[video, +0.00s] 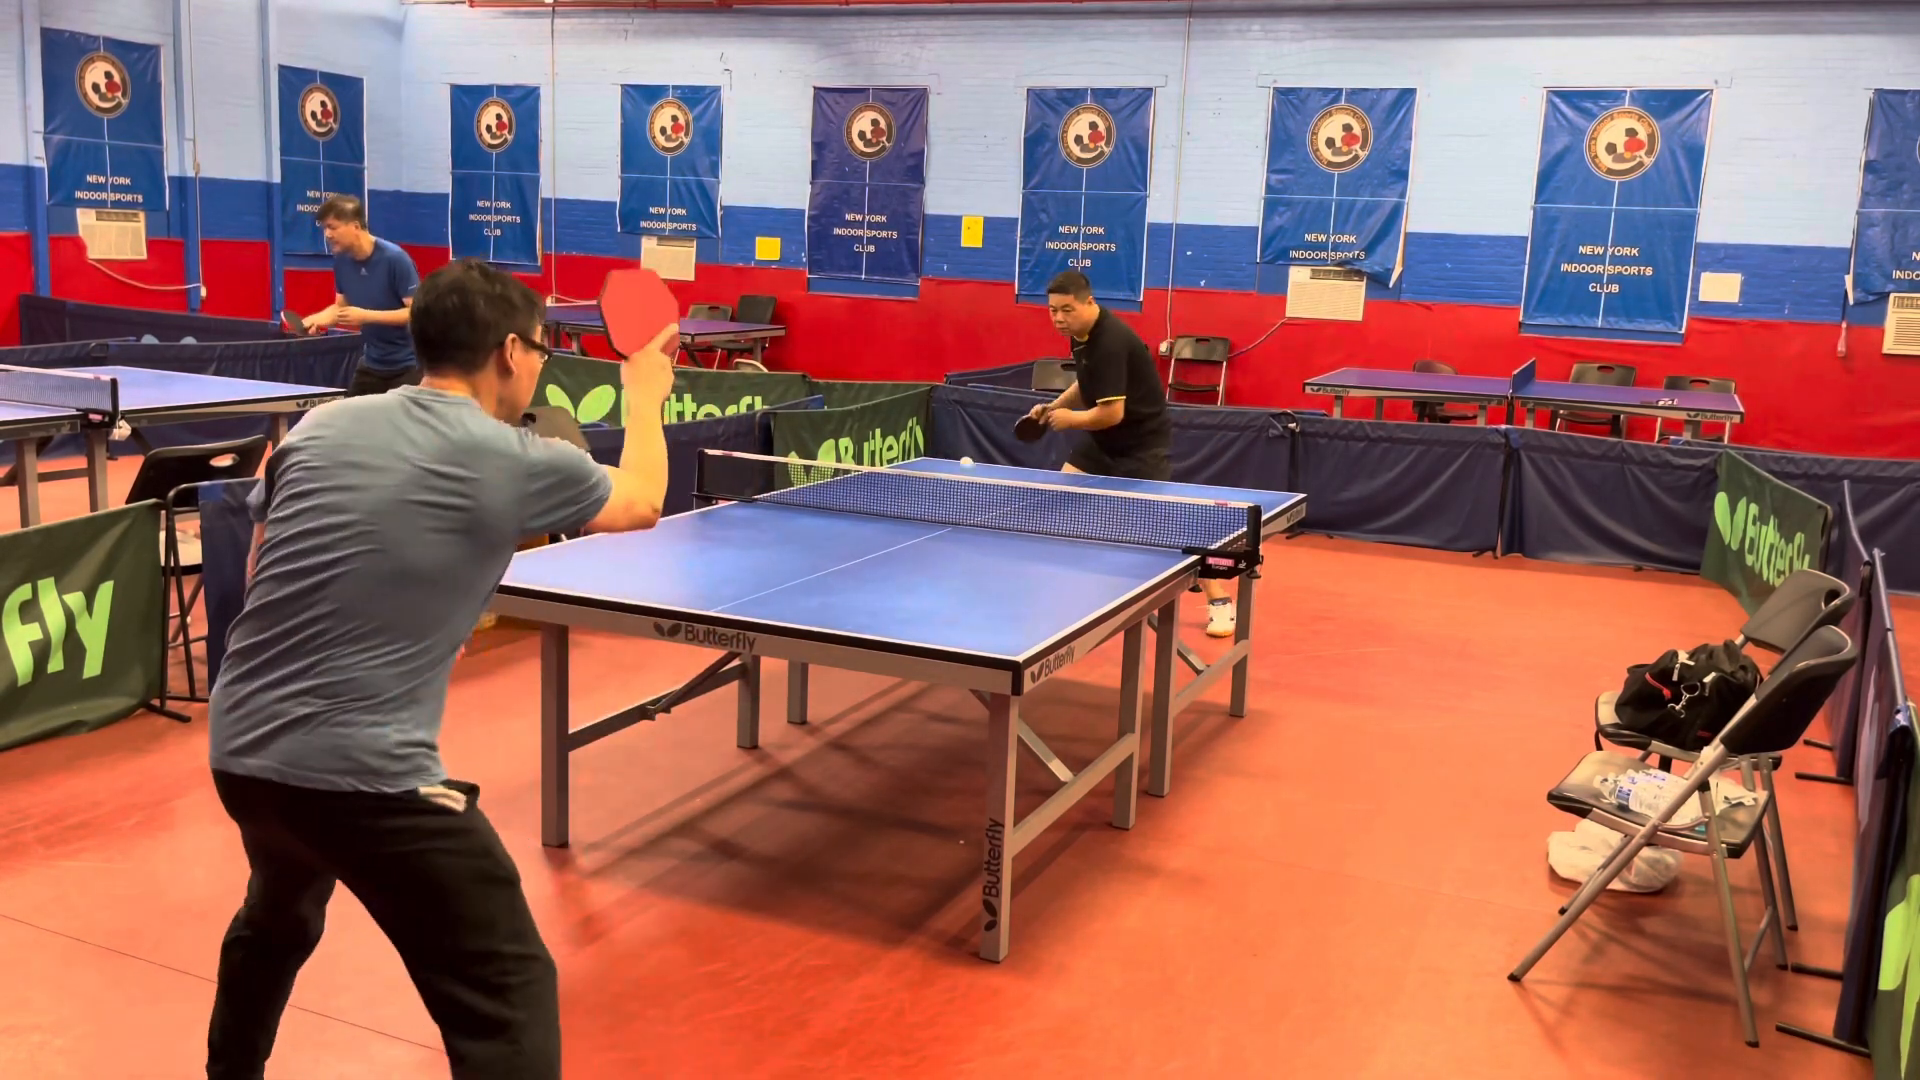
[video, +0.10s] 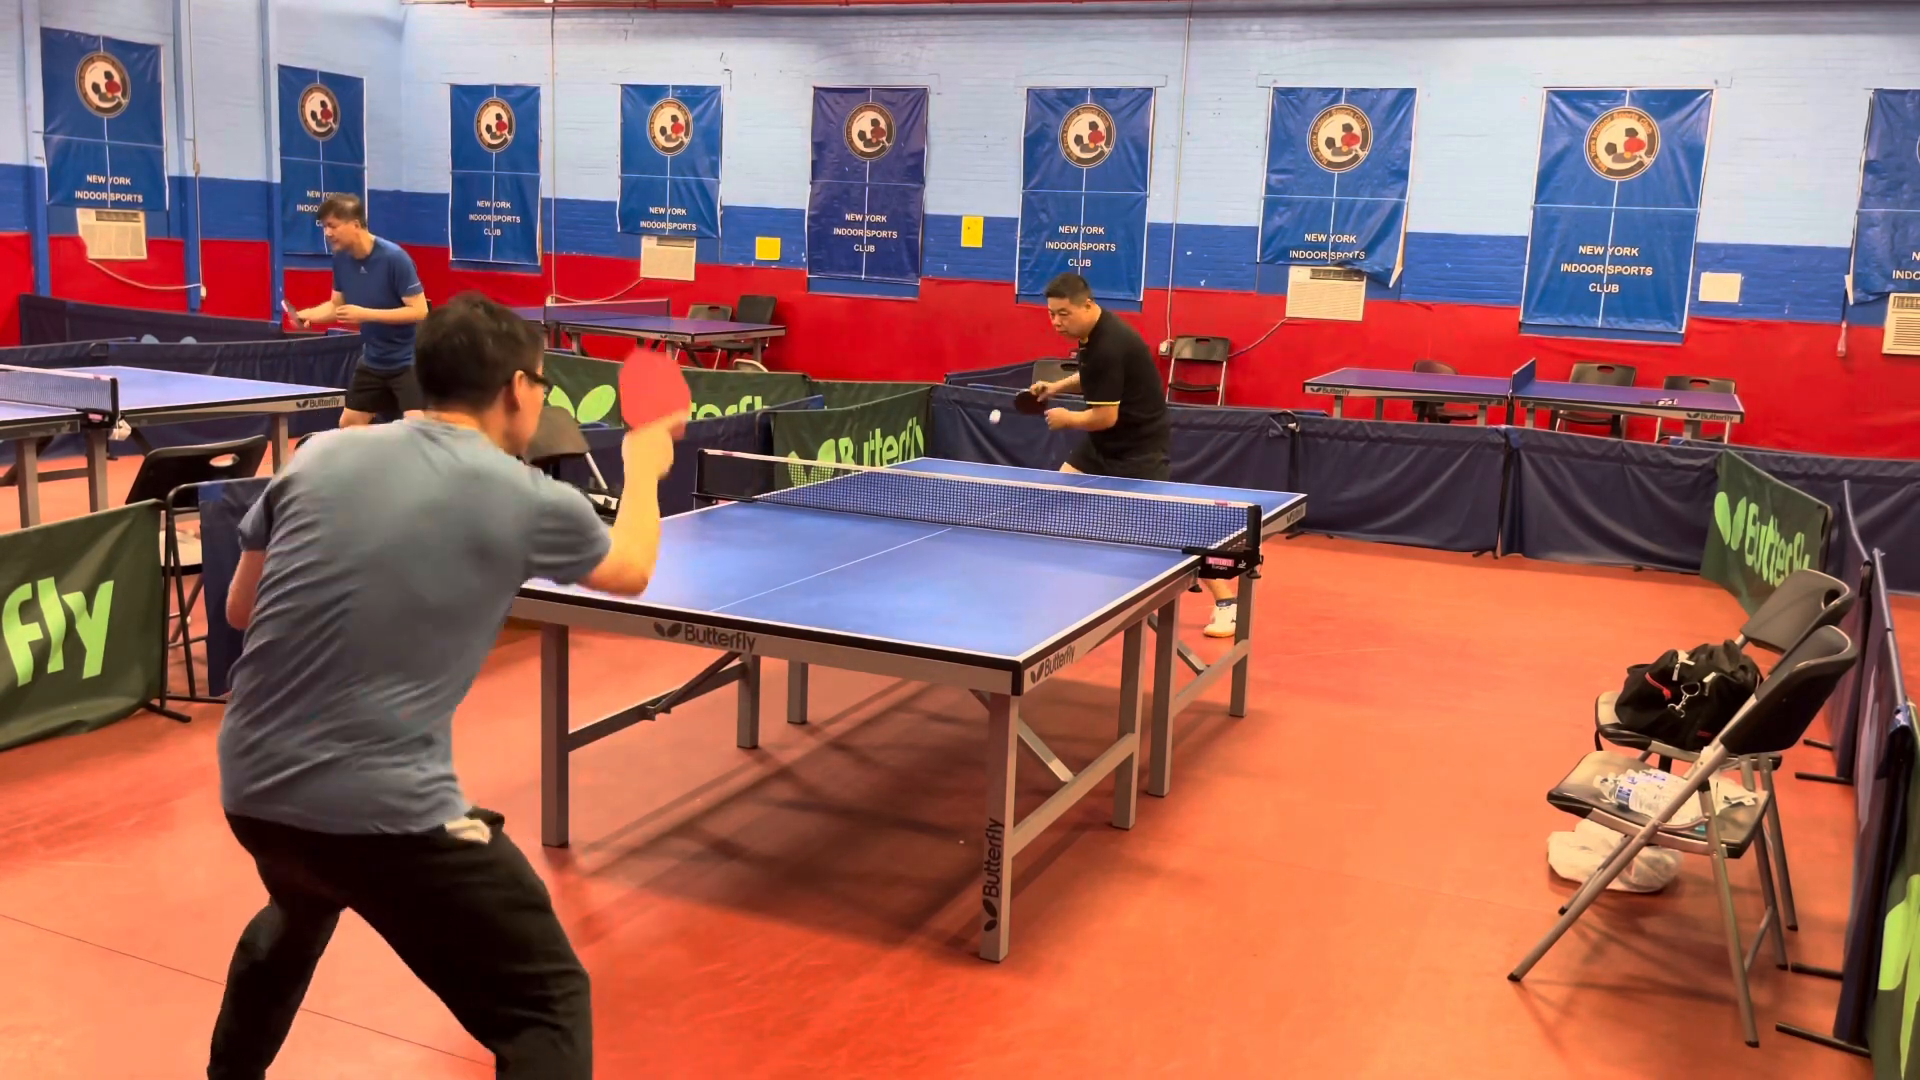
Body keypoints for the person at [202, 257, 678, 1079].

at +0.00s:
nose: (539, 372)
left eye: (540, 352)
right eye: (537, 352)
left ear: (424, 346)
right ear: (505, 354)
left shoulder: (317, 424)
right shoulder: (505, 457)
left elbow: (265, 559)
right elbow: (638, 499)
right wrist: (647, 392)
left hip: (243, 756)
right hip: (371, 773)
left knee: (275, 916)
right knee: (507, 989)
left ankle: (228, 1073)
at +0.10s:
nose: (540, 404)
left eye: (539, 385)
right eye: (538, 385)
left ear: (428, 383)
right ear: (513, 390)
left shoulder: (318, 454)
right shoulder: (515, 493)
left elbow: (241, 607)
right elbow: (631, 569)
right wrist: (644, 469)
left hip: (253, 796)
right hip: (389, 813)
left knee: (300, 904)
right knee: (547, 1003)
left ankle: (229, 1070)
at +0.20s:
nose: (567, 426)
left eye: (568, 407)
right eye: (566, 407)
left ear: (458, 403)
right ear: (544, 412)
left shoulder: (341, 472)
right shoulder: (543, 528)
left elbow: (253, 617)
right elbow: (603, 676)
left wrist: (366, 617)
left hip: (257, 800)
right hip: (388, 819)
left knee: (317, 916)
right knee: (559, 1006)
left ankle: (230, 1073)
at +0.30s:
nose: (610, 420)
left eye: (611, 401)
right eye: (610, 402)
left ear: (500, 394)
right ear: (588, 408)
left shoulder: (384, 454)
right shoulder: (557, 535)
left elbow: (289, 587)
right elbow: (539, 733)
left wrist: (396, 638)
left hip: (251, 767)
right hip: (367, 796)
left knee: (309, 922)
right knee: (536, 1006)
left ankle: (226, 1072)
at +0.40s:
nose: (642, 438)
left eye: (644, 419)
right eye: (642, 419)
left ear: (529, 405)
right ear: (614, 427)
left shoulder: (446, 461)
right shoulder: (530, 538)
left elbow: (387, 602)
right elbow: (450, 733)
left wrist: (501, 661)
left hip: (262, 757)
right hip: (341, 792)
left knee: (328, 909)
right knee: (512, 1005)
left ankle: (221, 1072)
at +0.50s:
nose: (640, 460)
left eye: (642, 444)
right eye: (638, 442)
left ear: (528, 424)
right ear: (604, 448)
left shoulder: (473, 489)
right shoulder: (482, 551)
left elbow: (434, 631)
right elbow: (378, 728)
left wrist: (551, 679)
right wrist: (441, 896)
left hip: (287, 785)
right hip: (329, 814)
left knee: (360, 919)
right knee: (511, 981)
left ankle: (233, 1071)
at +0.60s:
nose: (601, 425)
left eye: (603, 406)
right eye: (598, 405)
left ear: (494, 394)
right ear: (556, 407)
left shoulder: (429, 465)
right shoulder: (452, 518)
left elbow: (407, 618)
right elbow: (392, 707)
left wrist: (532, 662)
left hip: (283, 772)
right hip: (343, 796)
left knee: (354, 916)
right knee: (511, 1008)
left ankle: (231, 1070)